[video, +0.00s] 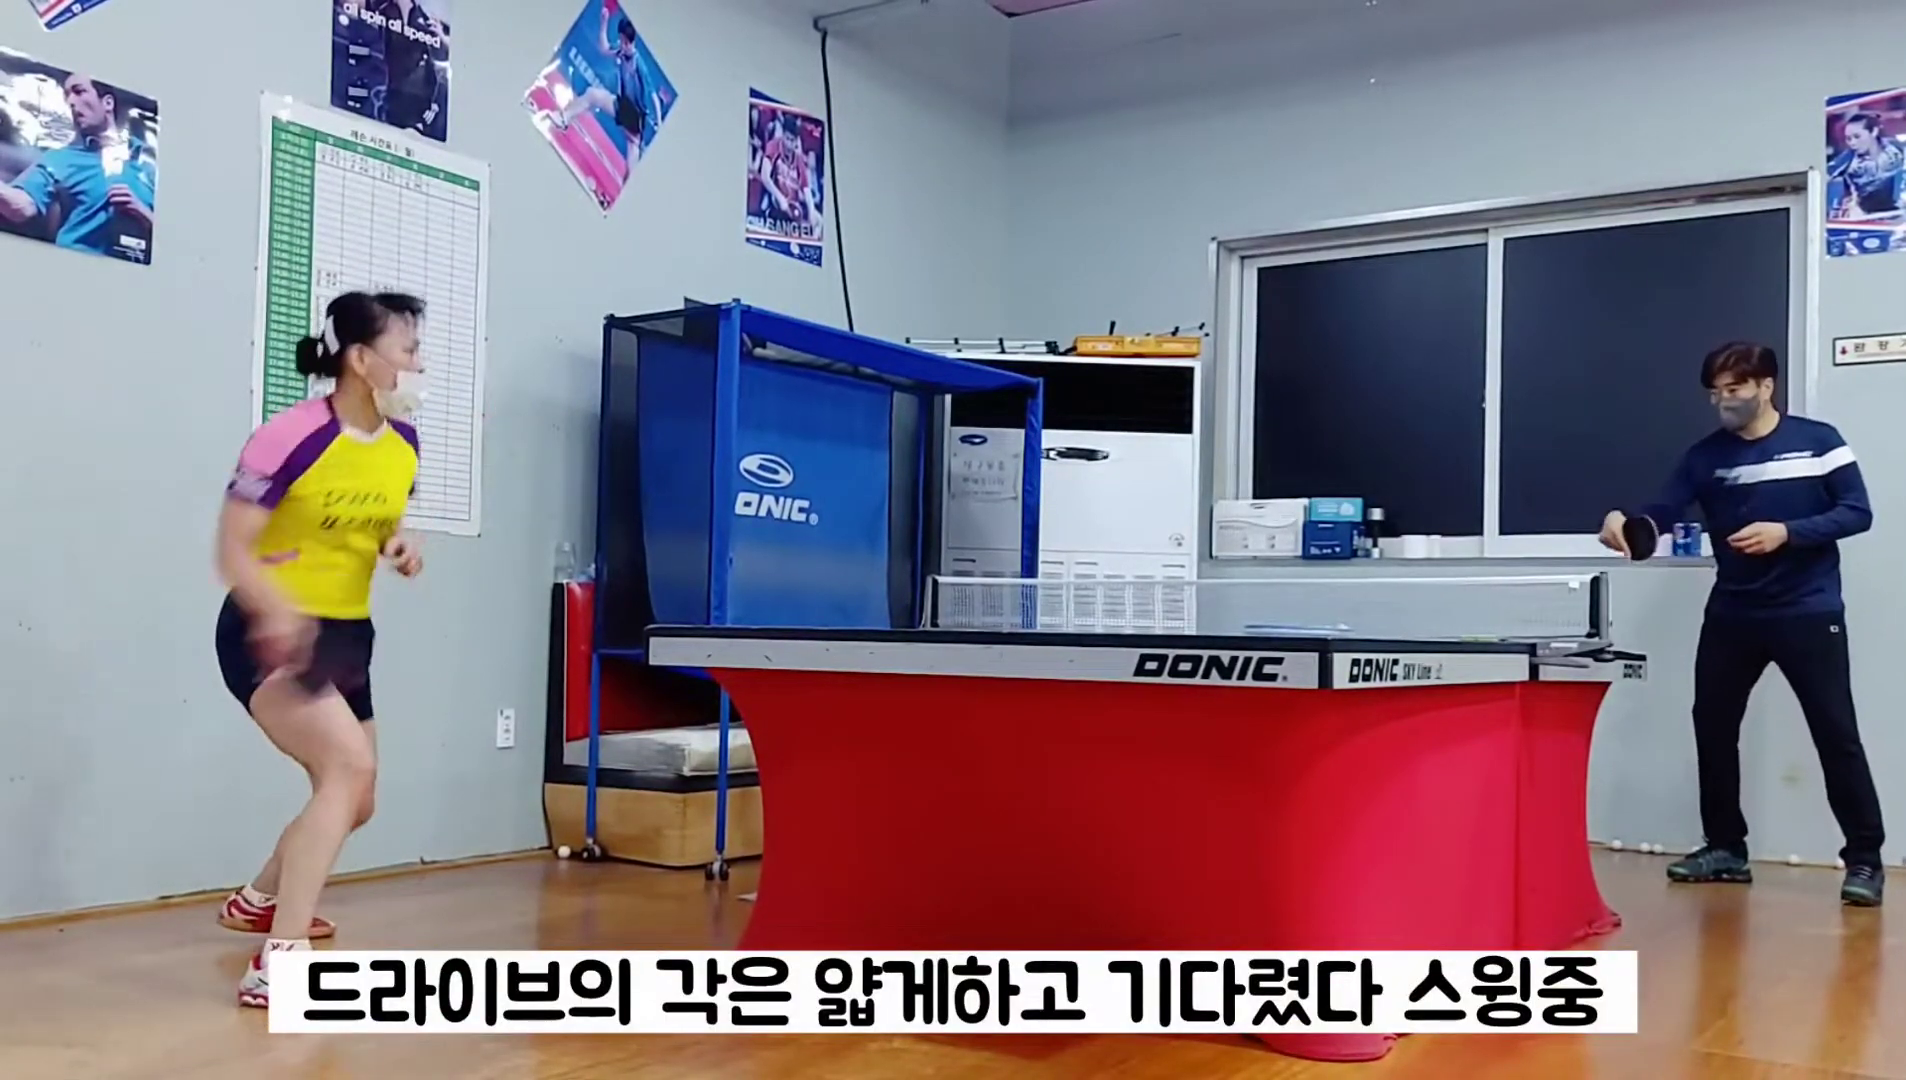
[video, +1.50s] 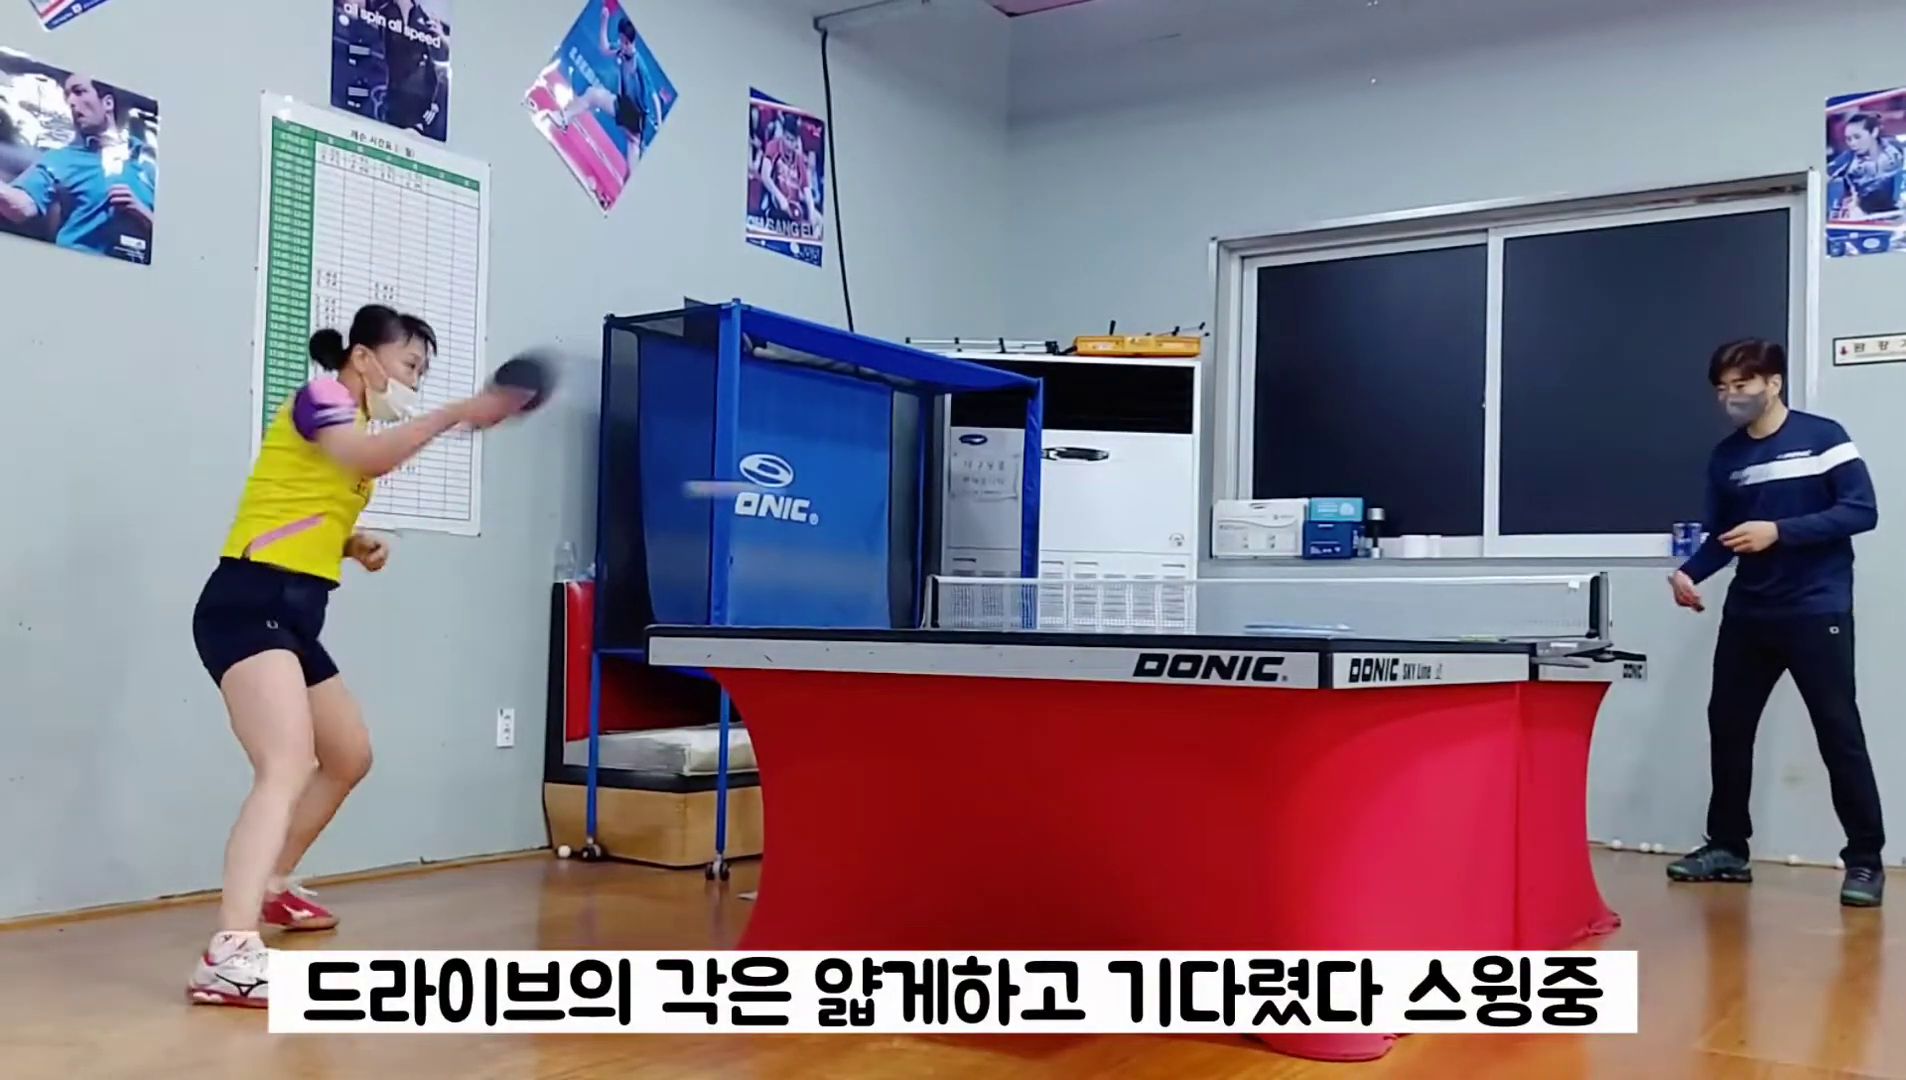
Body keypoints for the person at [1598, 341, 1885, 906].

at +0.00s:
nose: (1724, 399)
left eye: (1734, 388)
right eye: (1716, 392)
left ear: (1766, 387)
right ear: (1710, 397)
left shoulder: (1819, 440)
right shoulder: (1705, 457)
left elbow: (1858, 512)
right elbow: (1661, 515)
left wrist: (1787, 531)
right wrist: (1626, 527)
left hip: (1808, 616)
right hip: (1733, 616)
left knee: (1837, 738)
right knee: (1713, 727)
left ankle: (1864, 863)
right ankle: (1725, 850)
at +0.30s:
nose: (1731, 393)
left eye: (1742, 382)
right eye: (1723, 386)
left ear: (1772, 384)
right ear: (1717, 394)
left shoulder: (1820, 438)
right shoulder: (1718, 458)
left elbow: (1856, 511)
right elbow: (1704, 536)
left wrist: (1775, 532)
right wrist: (1679, 557)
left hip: (1810, 615)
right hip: (1739, 616)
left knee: (1837, 737)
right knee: (1716, 722)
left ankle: (1863, 863)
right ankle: (1726, 848)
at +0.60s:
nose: (1729, 402)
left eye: (1740, 391)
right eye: (1721, 394)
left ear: (1772, 389)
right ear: (1716, 400)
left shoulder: (1823, 439)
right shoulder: (1724, 459)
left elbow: (1861, 512)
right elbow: (1721, 533)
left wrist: (1779, 531)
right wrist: (1696, 577)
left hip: (1816, 617)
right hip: (1746, 618)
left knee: (1839, 735)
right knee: (1720, 721)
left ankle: (1864, 863)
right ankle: (1728, 848)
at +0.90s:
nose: (1724, 401)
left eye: (1735, 390)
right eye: (1717, 393)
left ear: (1767, 389)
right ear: (1711, 398)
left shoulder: (1822, 439)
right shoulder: (1708, 461)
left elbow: (1864, 509)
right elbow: (1666, 519)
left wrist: (1794, 530)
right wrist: (1629, 536)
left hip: (1814, 614)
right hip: (1739, 613)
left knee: (1840, 736)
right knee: (1715, 724)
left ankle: (1864, 863)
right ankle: (1726, 849)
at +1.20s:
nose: (1729, 395)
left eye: (1741, 385)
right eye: (1721, 388)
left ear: (1772, 386)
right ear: (1714, 395)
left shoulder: (1822, 441)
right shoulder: (1712, 459)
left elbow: (1859, 515)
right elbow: (1686, 531)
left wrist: (1783, 534)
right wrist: (1661, 548)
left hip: (1811, 614)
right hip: (1738, 615)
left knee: (1838, 736)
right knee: (1713, 723)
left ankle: (1862, 863)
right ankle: (1725, 848)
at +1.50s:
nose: (1730, 394)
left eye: (1742, 382)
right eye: (1723, 387)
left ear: (1774, 383)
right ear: (1719, 394)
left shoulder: (1823, 436)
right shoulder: (1726, 456)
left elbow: (1861, 509)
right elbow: (1723, 535)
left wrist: (1778, 529)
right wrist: (1689, 570)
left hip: (1818, 615)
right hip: (1749, 616)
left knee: (1839, 735)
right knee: (1728, 726)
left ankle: (1864, 862)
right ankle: (1729, 848)